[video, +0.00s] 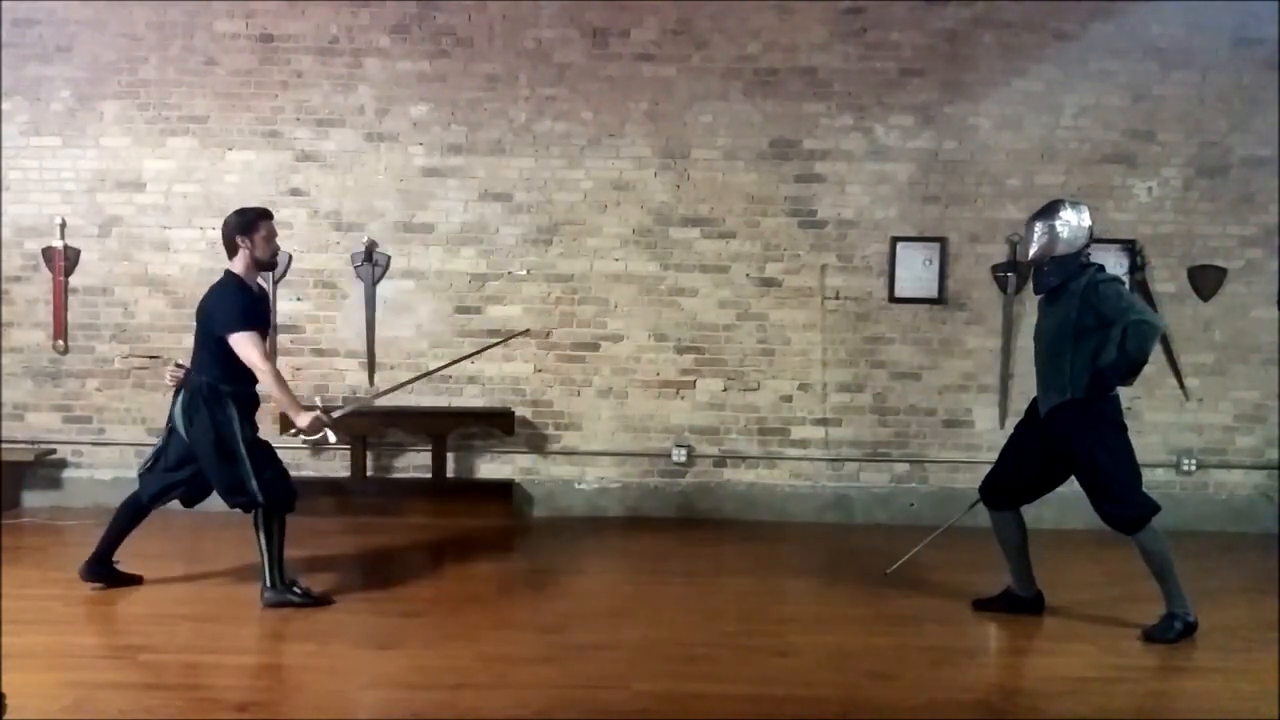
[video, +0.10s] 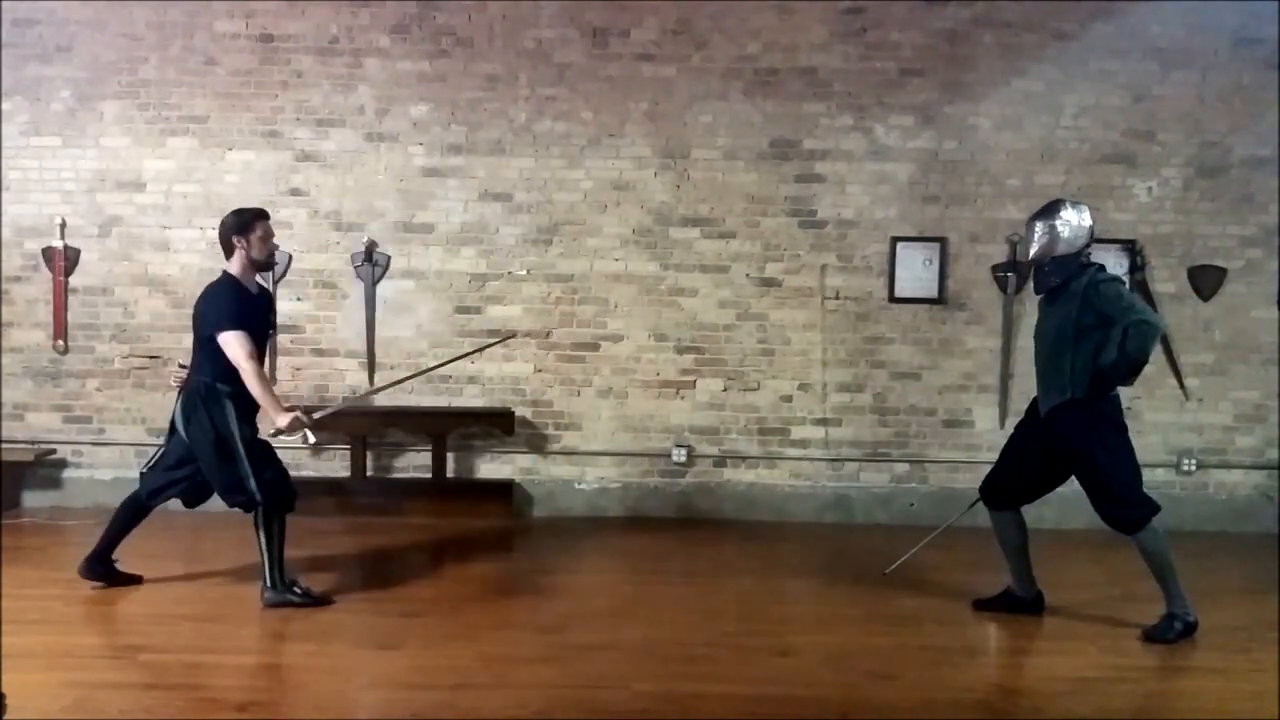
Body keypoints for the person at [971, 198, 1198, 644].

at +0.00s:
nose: (1033, 245)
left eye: (1040, 236)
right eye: (1033, 236)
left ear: (1063, 238)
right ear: (1060, 239)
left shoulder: (1094, 284)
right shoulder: (1056, 286)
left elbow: (1144, 324)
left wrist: (1109, 376)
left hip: (1092, 416)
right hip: (1050, 413)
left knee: (1130, 511)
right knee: (998, 493)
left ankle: (1180, 612)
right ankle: (1023, 591)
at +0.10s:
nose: (1034, 247)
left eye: (1041, 236)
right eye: (1033, 237)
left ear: (1065, 238)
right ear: (1060, 239)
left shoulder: (1095, 284)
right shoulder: (1057, 287)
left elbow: (1145, 323)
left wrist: (1112, 374)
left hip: (1092, 416)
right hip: (1050, 414)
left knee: (1131, 511)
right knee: (998, 493)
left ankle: (1180, 612)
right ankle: (1023, 591)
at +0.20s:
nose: (1034, 245)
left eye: (1041, 235)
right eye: (1034, 235)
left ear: (1064, 237)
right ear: (1063, 238)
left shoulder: (1095, 283)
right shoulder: (1057, 287)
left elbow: (1145, 324)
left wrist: (1112, 375)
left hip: (1093, 416)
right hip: (1051, 414)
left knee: (1131, 511)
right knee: (999, 493)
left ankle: (1180, 611)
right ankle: (1023, 591)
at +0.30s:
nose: (1035, 245)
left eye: (1042, 235)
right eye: (1035, 235)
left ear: (1065, 237)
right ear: (1063, 238)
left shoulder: (1096, 283)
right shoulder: (1056, 287)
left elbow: (1145, 324)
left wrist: (1111, 375)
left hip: (1093, 416)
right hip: (1051, 415)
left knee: (1131, 511)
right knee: (999, 493)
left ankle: (1180, 611)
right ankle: (1023, 591)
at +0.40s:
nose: (1036, 245)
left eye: (1044, 235)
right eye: (1036, 236)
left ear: (1067, 237)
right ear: (1063, 238)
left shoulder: (1097, 283)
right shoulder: (1057, 286)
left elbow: (1146, 324)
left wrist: (1112, 375)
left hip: (1093, 416)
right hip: (1051, 414)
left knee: (1131, 511)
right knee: (999, 493)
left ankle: (1180, 612)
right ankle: (1023, 591)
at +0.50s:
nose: (1037, 246)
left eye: (1044, 235)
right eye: (1036, 236)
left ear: (1066, 236)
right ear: (1065, 237)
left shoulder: (1097, 283)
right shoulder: (1057, 287)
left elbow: (1147, 324)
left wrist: (1114, 374)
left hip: (1094, 416)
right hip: (1052, 414)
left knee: (1131, 511)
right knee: (1000, 493)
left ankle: (1180, 612)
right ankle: (1023, 591)